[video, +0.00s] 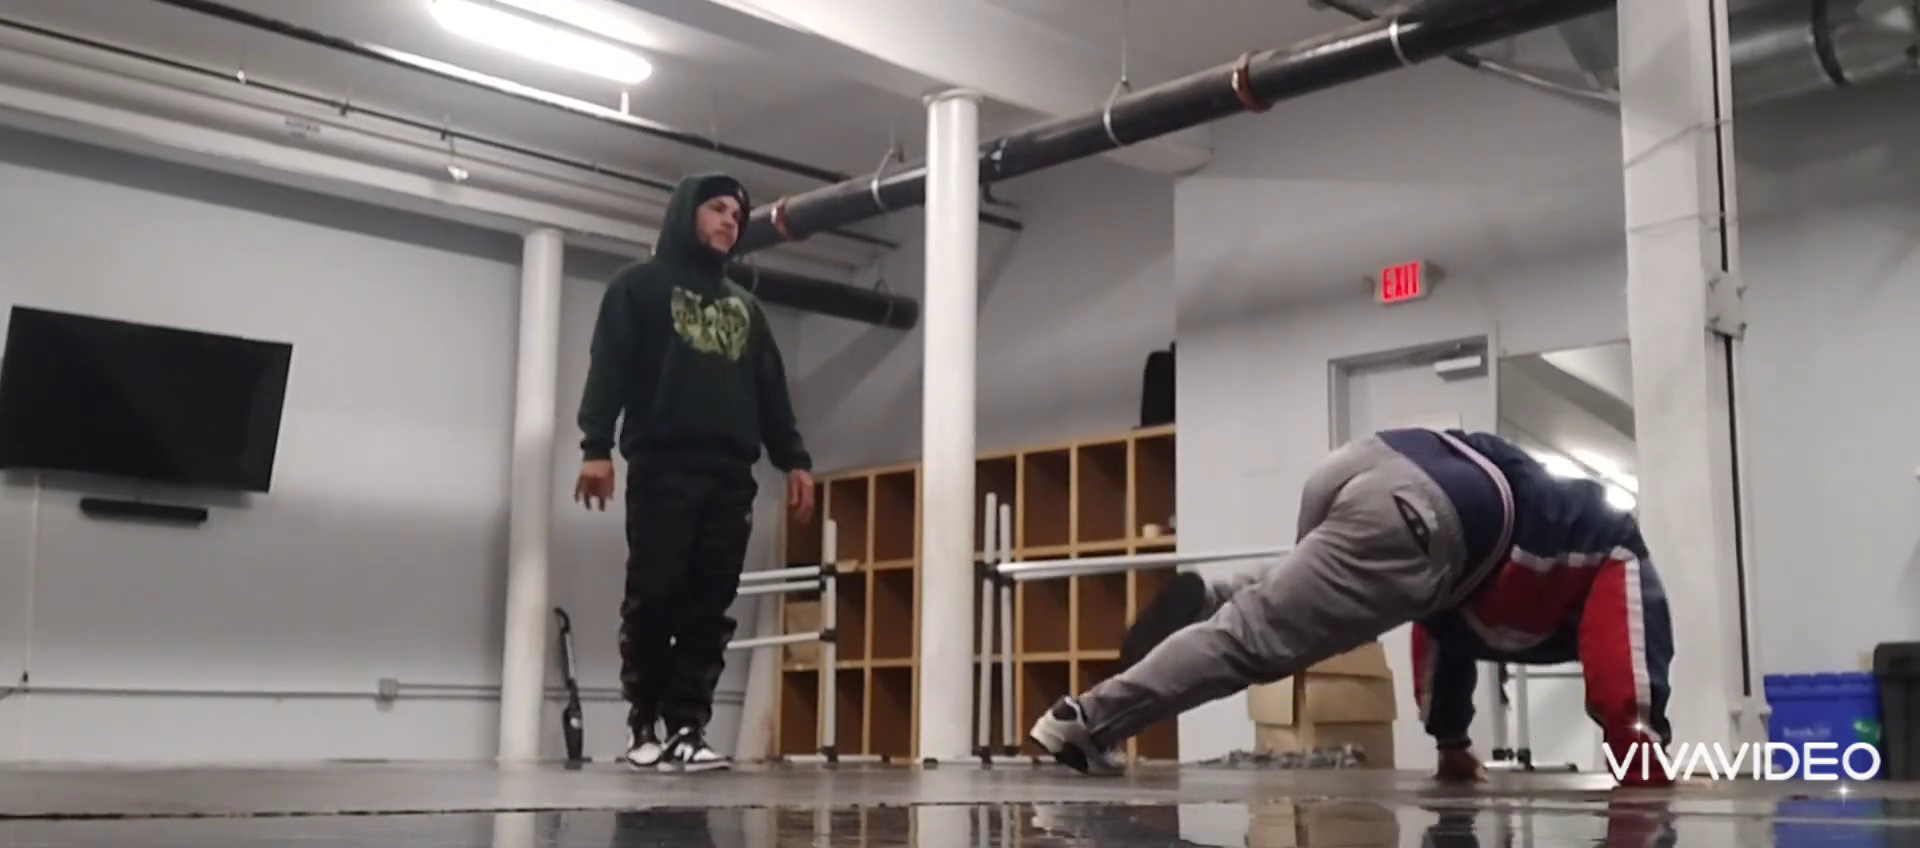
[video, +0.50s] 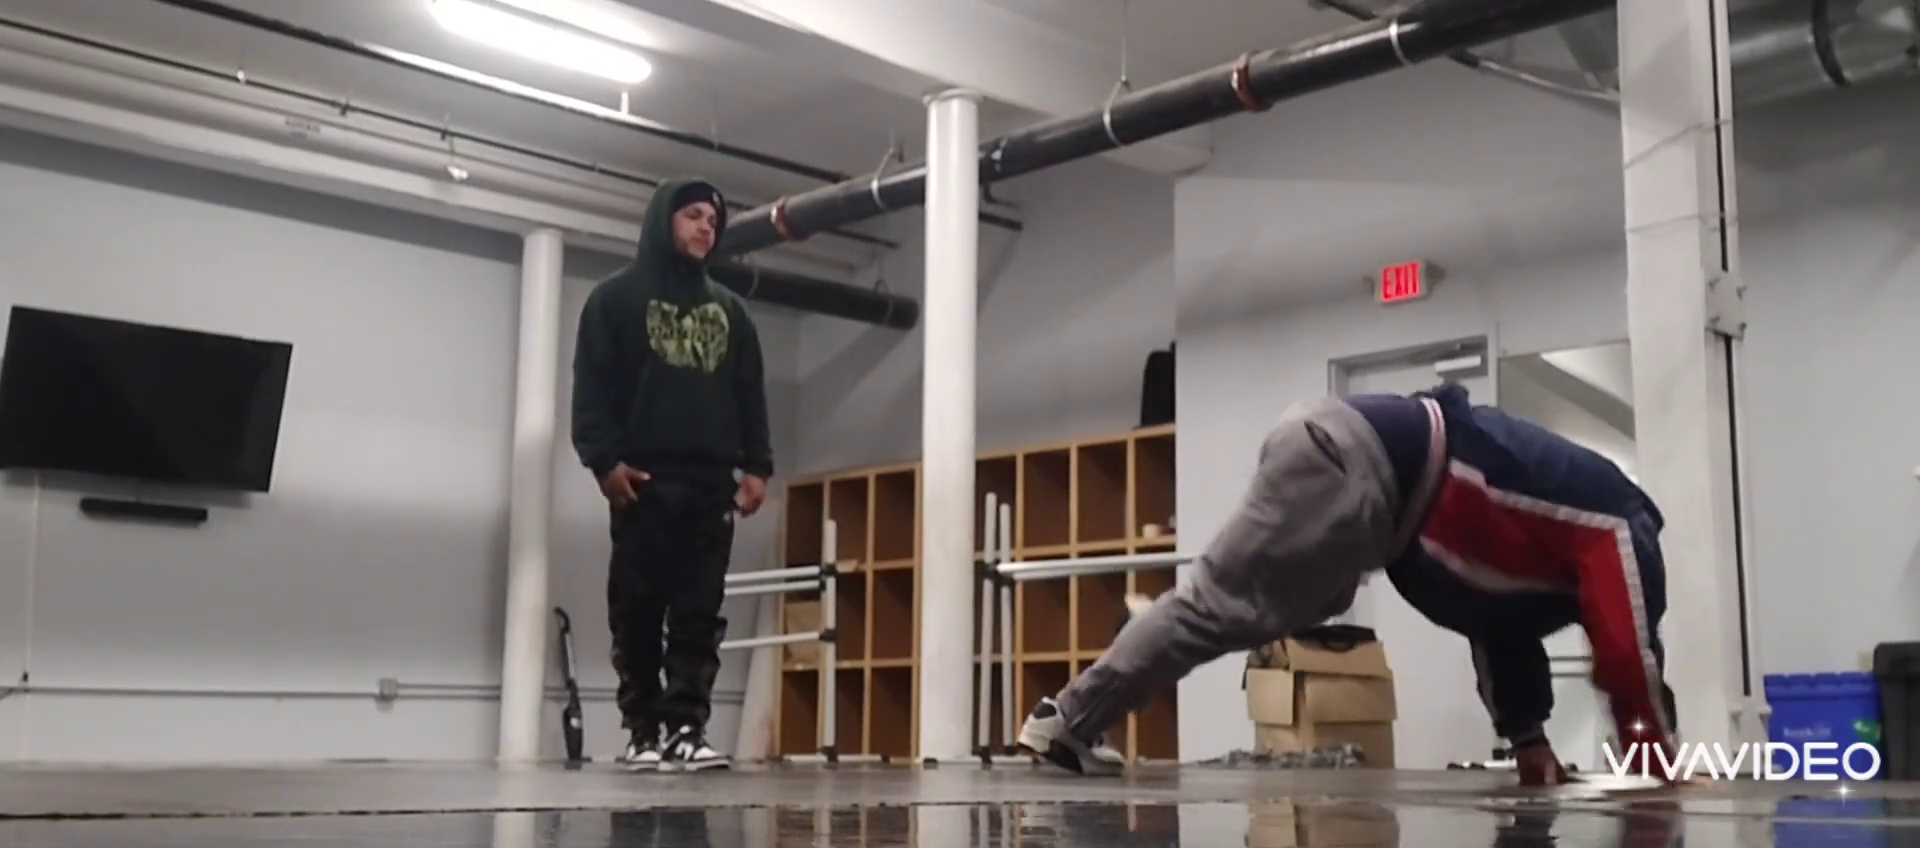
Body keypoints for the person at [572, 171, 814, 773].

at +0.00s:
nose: (729, 223)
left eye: (735, 217)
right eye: (719, 211)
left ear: (738, 230)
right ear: (686, 213)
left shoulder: (742, 304)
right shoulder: (638, 286)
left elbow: (770, 389)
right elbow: (607, 369)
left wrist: (795, 461)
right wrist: (597, 451)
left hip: (729, 473)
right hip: (661, 468)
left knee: (710, 606)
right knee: (653, 596)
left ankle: (689, 732)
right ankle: (645, 728)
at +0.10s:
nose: (725, 223)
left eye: (732, 217)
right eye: (714, 211)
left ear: (735, 230)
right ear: (682, 214)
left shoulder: (743, 305)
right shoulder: (634, 288)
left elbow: (769, 389)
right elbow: (604, 372)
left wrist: (788, 461)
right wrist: (590, 453)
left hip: (728, 473)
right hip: (659, 468)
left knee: (708, 606)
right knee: (648, 598)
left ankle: (688, 732)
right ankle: (641, 730)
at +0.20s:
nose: (719, 223)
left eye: (727, 217)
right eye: (709, 211)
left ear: (732, 230)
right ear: (678, 215)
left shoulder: (742, 305)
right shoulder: (629, 290)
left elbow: (765, 389)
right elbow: (601, 376)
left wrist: (777, 469)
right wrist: (592, 458)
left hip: (724, 473)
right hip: (655, 468)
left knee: (706, 607)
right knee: (646, 600)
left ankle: (687, 733)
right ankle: (639, 733)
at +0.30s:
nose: (714, 224)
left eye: (722, 218)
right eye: (703, 212)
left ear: (727, 231)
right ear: (672, 216)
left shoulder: (739, 305)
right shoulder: (624, 291)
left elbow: (759, 392)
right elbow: (598, 381)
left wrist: (764, 470)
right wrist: (602, 461)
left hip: (720, 472)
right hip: (648, 469)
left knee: (704, 607)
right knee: (644, 603)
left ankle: (687, 732)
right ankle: (642, 732)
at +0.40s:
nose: (709, 225)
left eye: (717, 219)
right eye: (698, 213)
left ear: (722, 232)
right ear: (668, 217)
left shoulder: (735, 307)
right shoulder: (619, 294)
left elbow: (753, 392)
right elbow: (594, 388)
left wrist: (757, 467)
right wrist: (608, 463)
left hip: (714, 477)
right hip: (644, 474)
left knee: (701, 609)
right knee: (642, 606)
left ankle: (686, 732)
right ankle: (643, 732)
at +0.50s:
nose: (705, 229)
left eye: (712, 222)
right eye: (694, 217)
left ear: (717, 234)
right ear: (663, 220)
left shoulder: (730, 309)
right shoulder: (615, 298)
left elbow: (750, 393)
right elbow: (591, 392)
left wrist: (758, 466)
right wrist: (605, 464)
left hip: (711, 479)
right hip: (641, 476)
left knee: (699, 609)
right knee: (637, 607)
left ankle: (686, 731)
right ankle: (644, 733)